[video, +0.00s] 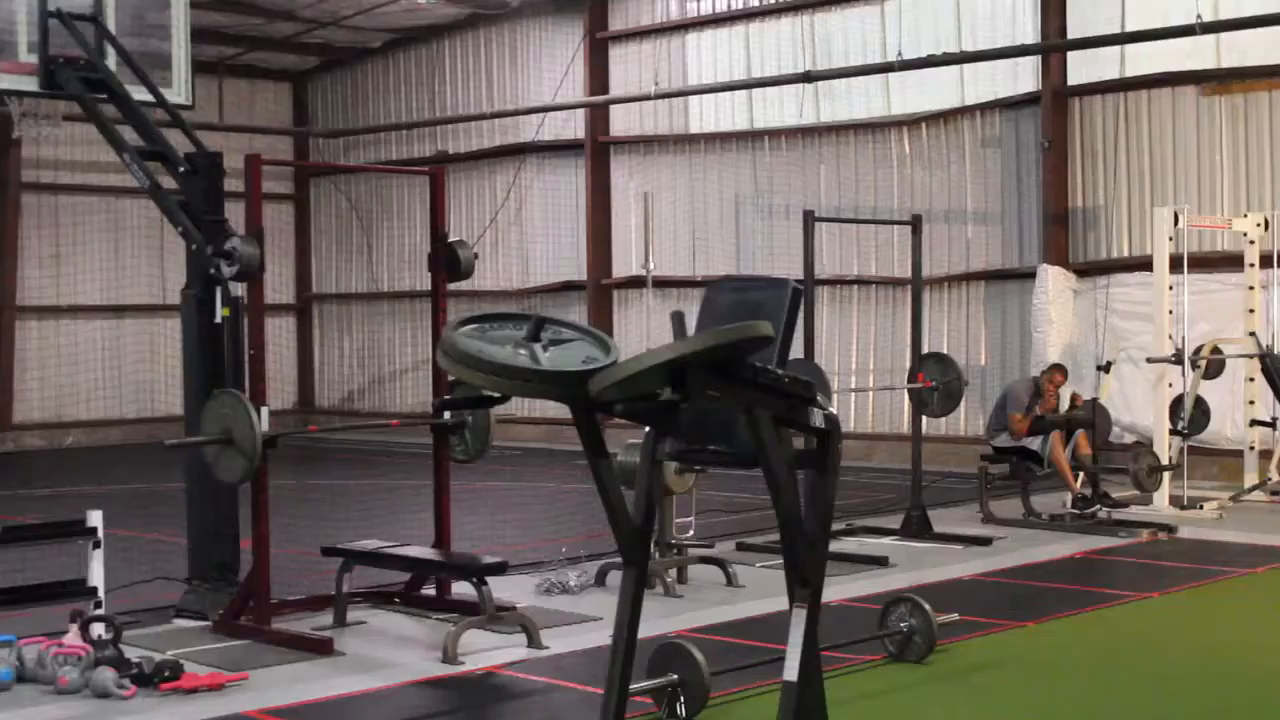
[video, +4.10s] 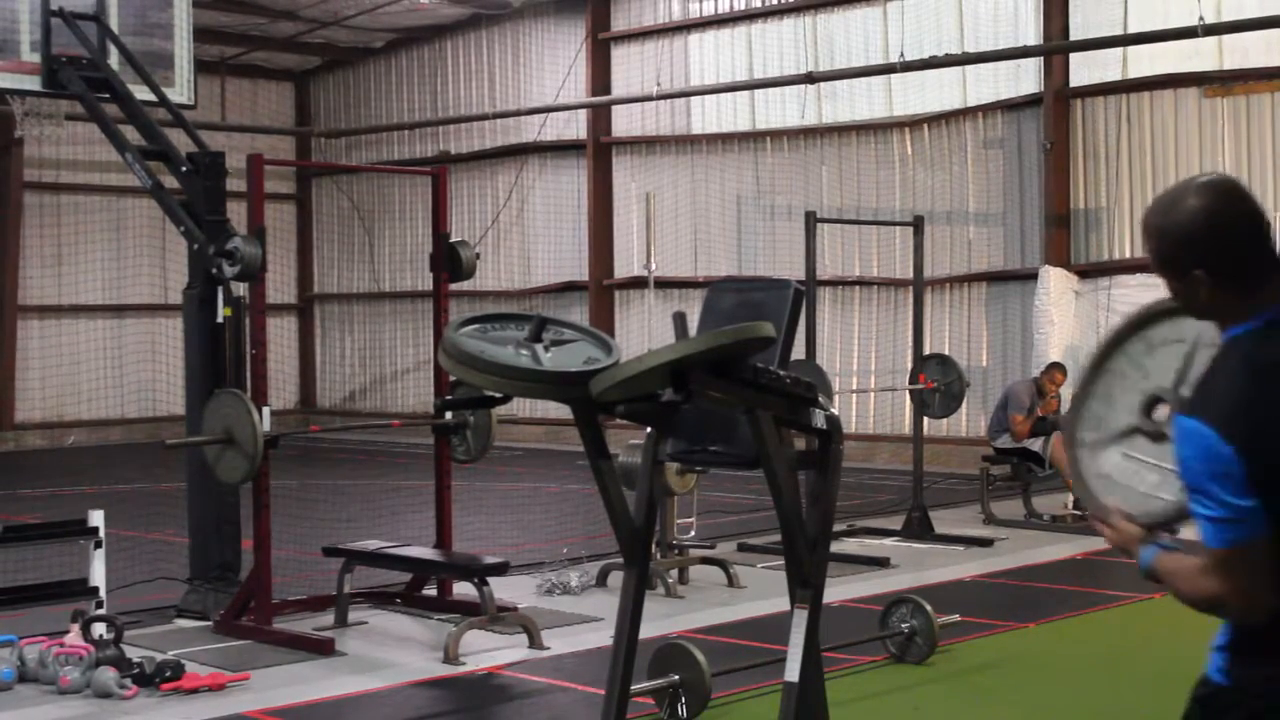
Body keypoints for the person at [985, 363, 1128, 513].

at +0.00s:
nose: (1052, 390)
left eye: (1057, 387)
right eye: (1050, 383)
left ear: (1061, 386)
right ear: (1043, 376)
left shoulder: (1051, 395)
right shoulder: (1019, 390)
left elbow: (1051, 423)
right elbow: (1017, 431)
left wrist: (1071, 409)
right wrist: (1040, 411)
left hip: (1028, 436)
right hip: (1002, 437)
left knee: (1079, 434)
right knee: (1053, 437)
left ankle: (1097, 491)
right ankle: (1076, 495)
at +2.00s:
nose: (1052, 390)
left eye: (1056, 387)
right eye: (1050, 384)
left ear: (1059, 386)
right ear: (1041, 376)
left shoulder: (1050, 395)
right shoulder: (1019, 391)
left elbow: (1052, 426)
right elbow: (1017, 435)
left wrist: (1071, 411)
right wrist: (1039, 413)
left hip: (1028, 438)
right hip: (1002, 439)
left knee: (1079, 435)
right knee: (1053, 440)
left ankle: (1097, 493)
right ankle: (1077, 497)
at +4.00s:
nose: (1054, 389)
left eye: (1058, 386)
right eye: (1051, 383)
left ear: (1061, 386)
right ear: (1041, 375)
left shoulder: (1050, 395)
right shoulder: (1019, 391)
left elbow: (1053, 425)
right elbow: (1018, 435)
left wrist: (1072, 410)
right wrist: (1039, 412)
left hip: (1031, 436)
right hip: (1003, 439)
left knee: (1080, 436)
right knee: (1055, 438)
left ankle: (1099, 493)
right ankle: (1078, 497)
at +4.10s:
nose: (1054, 389)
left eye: (1058, 386)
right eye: (1051, 383)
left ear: (1061, 385)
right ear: (1042, 375)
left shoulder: (1052, 396)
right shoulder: (1020, 391)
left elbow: (1052, 426)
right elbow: (1018, 434)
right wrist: (1041, 411)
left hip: (1028, 436)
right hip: (1003, 440)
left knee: (1068, 438)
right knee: (1055, 442)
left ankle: (1081, 494)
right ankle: (1079, 496)